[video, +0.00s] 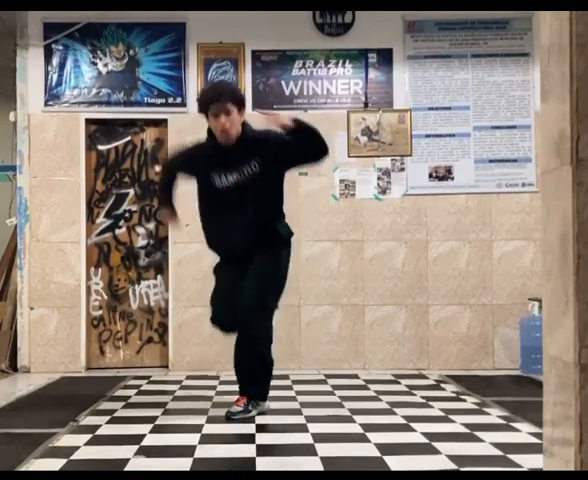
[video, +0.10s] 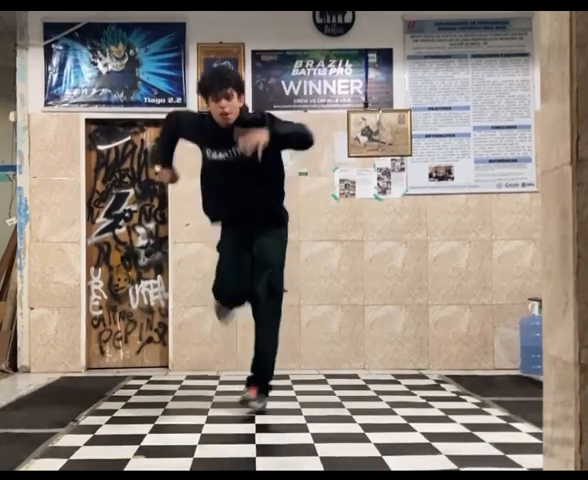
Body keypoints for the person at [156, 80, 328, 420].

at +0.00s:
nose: (223, 122)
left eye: (228, 113)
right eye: (215, 116)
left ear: (241, 113)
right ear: (207, 120)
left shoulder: (268, 144)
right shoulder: (202, 155)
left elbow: (317, 150)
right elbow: (170, 168)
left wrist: (293, 126)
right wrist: (166, 204)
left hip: (270, 248)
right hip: (231, 254)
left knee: (256, 319)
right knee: (224, 319)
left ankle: (252, 395)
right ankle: (259, 300)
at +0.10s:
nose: (224, 106)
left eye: (229, 98)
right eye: (216, 100)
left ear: (241, 97)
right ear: (206, 103)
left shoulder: (261, 123)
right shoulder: (203, 127)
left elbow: (305, 137)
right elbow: (174, 121)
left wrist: (270, 135)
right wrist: (163, 162)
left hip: (269, 224)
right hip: (233, 225)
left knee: (267, 301)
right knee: (230, 294)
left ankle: (259, 384)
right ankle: (226, 300)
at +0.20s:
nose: (229, 101)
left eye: (234, 93)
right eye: (222, 94)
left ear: (246, 93)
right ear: (211, 97)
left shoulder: (259, 128)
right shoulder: (203, 122)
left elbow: (279, 166)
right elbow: (189, 150)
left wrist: (271, 192)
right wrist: (188, 179)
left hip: (265, 222)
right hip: (228, 221)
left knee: (272, 293)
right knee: (234, 286)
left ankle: (269, 370)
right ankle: (246, 357)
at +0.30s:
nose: (235, 115)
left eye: (241, 107)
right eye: (228, 107)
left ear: (251, 109)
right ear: (217, 110)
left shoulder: (255, 154)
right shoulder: (210, 146)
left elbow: (261, 209)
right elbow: (207, 190)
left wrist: (270, 256)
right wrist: (208, 224)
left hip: (255, 235)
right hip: (222, 237)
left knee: (268, 306)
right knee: (238, 300)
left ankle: (273, 374)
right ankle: (253, 367)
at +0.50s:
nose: (203, 128)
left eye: (208, 121)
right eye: (199, 122)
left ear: (223, 113)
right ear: (193, 117)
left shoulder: (244, 145)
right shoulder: (189, 134)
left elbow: (267, 181)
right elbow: (179, 157)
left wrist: (253, 215)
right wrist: (174, 180)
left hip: (233, 231)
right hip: (198, 226)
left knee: (240, 295)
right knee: (195, 274)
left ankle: (259, 369)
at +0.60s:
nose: (187, 138)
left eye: (191, 131)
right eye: (182, 132)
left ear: (207, 121)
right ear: (175, 127)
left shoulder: (235, 138)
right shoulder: (171, 146)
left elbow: (261, 156)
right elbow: (157, 171)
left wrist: (246, 185)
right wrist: (158, 195)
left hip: (224, 228)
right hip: (188, 224)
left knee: (211, 290)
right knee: (170, 283)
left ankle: (218, 357)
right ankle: (163, 343)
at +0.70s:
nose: (169, 155)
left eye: (172, 148)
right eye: (165, 150)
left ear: (189, 137)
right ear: (161, 146)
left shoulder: (220, 147)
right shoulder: (165, 175)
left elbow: (239, 162)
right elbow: (150, 217)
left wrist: (239, 181)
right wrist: (133, 253)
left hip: (213, 244)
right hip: (178, 241)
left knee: (184, 303)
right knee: (159, 305)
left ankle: (170, 366)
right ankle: (124, 370)